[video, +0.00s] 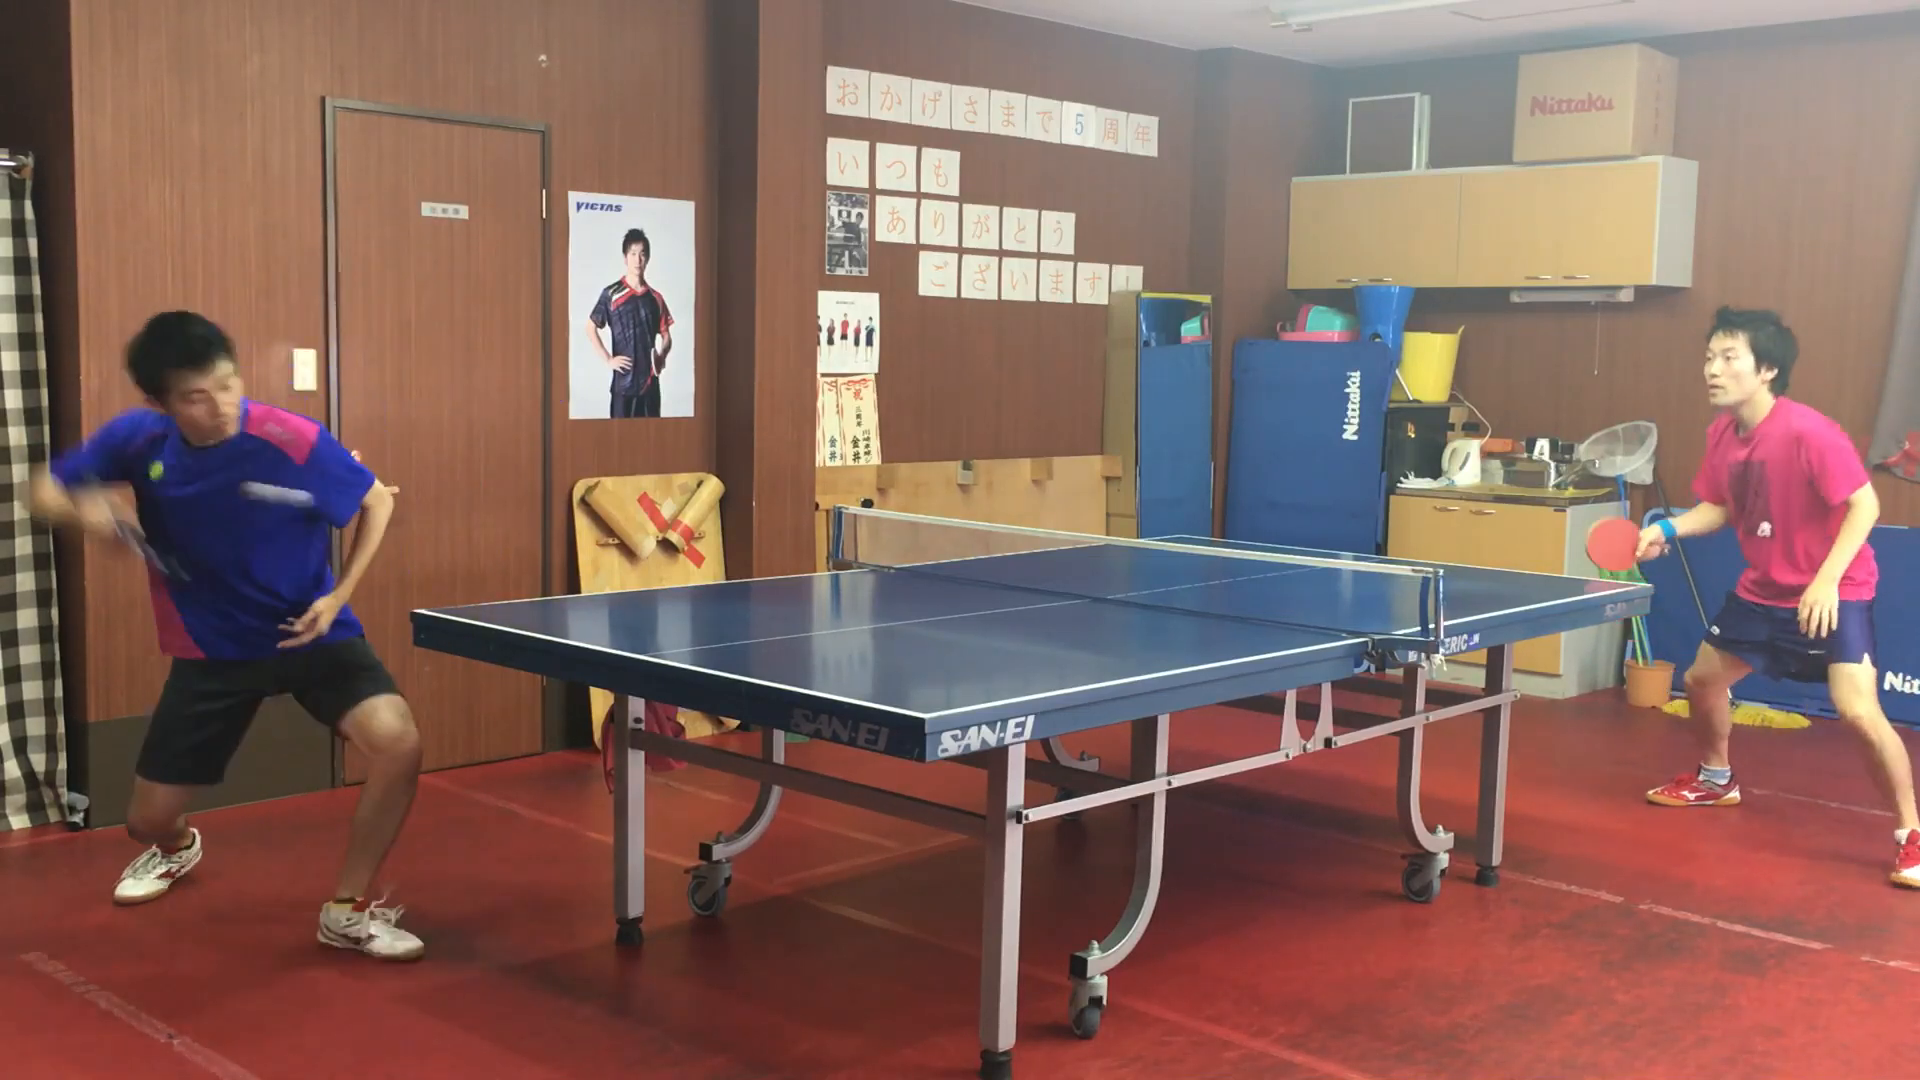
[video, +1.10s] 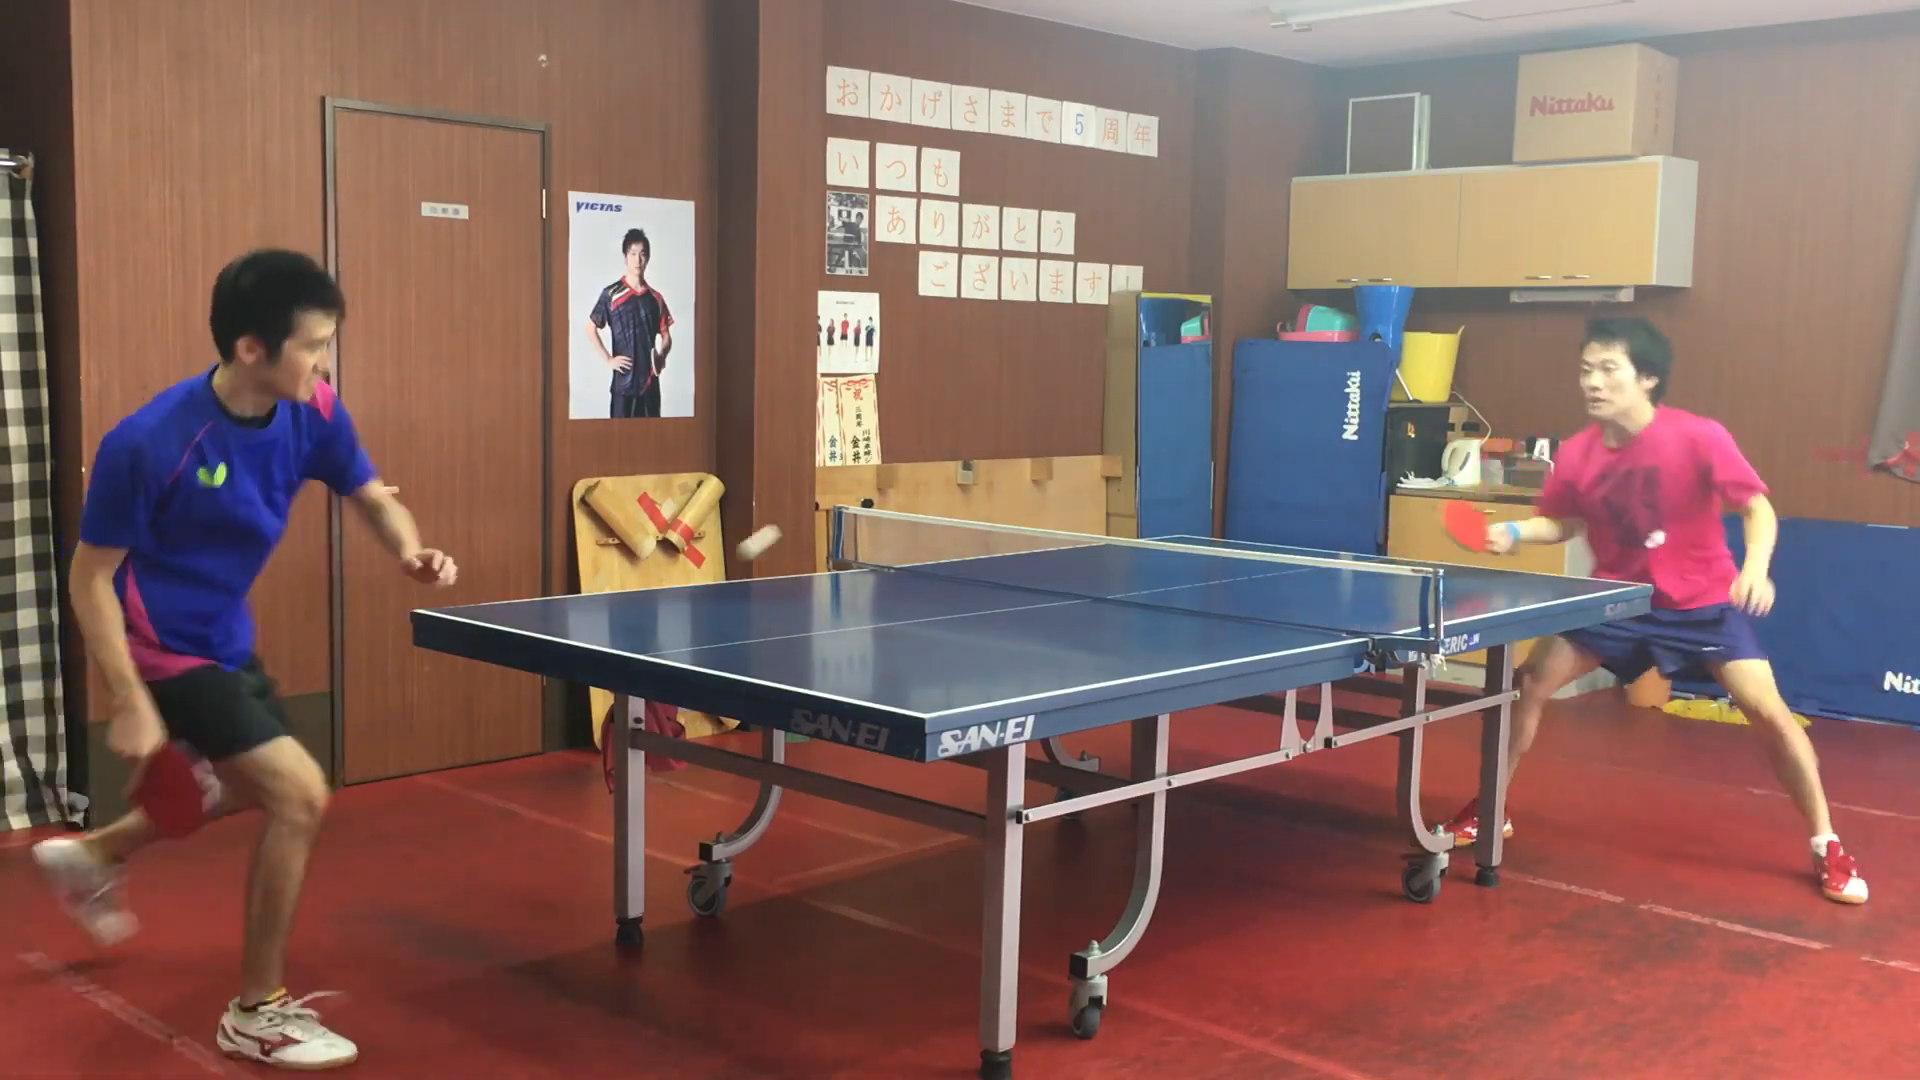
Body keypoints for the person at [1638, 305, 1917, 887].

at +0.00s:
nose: (1711, 370)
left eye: (1727, 359)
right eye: (1709, 359)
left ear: (1767, 373)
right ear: (1706, 366)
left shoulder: (1809, 432)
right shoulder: (1723, 432)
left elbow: (1865, 506)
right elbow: (1718, 508)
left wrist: (1827, 578)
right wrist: (1668, 528)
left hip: (1835, 588)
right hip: (1763, 585)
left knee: (1857, 709)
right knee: (1703, 679)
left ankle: (1911, 831)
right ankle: (1714, 776)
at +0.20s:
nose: (1697, 357)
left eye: (1712, 345)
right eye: (1694, 345)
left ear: (1753, 353)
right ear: (1695, 351)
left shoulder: (1793, 410)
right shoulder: (1710, 422)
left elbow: (1854, 486)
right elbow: (1675, 490)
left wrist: (1799, 552)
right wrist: (1602, 507)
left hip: (1847, 572)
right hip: (1780, 569)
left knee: (1866, 707)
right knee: (1708, 674)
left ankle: (1919, 835)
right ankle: (1713, 807)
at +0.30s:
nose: (1695, 367)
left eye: (1709, 354)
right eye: (1693, 356)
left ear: (1753, 362)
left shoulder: (1811, 421)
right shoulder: (1704, 433)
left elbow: (1869, 495)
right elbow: (1648, 494)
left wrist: (1825, 564)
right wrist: (1568, 506)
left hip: (1838, 597)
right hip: (1757, 591)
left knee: (1876, 726)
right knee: (1666, 677)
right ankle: (1701, 797)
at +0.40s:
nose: (1674, 376)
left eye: (1687, 362)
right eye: (1673, 364)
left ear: (1734, 370)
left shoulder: (1800, 427)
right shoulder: (1679, 442)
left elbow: (1854, 505)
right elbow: (1616, 494)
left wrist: (1815, 560)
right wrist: (1536, 508)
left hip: (1808, 614)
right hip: (1725, 603)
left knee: (1863, 731)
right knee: (1616, 665)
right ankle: (1633, 795)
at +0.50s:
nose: (1621, 383)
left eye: (1631, 369)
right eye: (1617, 372)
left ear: (1679, 372)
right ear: (1631, 379)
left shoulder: (1751, 421)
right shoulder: (1628, 442)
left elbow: (1806, 495)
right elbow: (1567, 493)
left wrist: (1774, 545)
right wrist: (1493, 510)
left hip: (1765, 613)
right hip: (1677, 605)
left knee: (1840, 724)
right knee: (1574, 681)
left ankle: (1911, 842)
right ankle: (1504, 803)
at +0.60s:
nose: (1555, 400)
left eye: (1566, 386)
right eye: (1551, 388)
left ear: (1613, 386)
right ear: (1580, 393)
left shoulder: (1690, 432)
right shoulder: (1562, 457)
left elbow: (1748, 499)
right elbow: (1510, 503)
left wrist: (1758, 549)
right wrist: (1440, 516)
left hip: (1712, 620)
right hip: (1628, 620)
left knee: (1792, 722)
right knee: (1528, 687)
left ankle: (1887, 843)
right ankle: (1464, 819)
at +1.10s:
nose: (1591, 382)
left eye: (1606, 371)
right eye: (1585, 369)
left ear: (1647, 380)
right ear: (1580, 375)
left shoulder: (1699, 438)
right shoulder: (1576, 454)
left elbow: (1759, 509)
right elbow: (1559, 523)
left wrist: (1757, 568)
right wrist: (1514, 531)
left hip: (1706, 605)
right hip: (1618, 602)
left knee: (1769, 713)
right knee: (1529, 679)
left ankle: (1827, 845)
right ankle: (1488, 811)